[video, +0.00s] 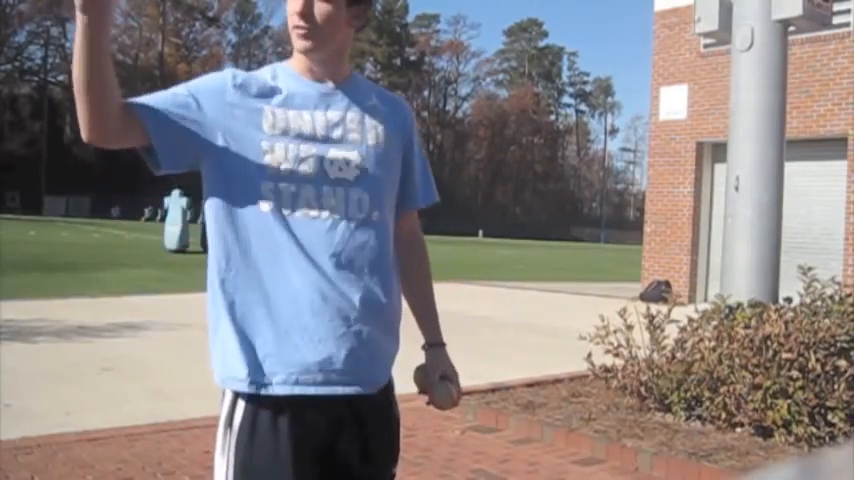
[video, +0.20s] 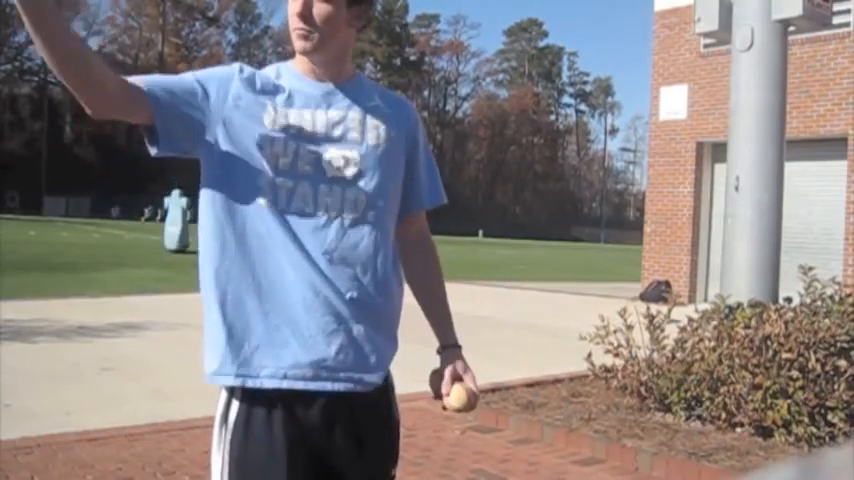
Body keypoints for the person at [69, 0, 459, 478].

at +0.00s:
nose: (302, 7)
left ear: (357, 13)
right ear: (285, 7)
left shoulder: (391, 115)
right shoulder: (228, 96)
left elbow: (407, 234)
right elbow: (103, 126)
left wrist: (434, 344)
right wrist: (91, 14)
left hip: (366, 394)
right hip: (265, 398)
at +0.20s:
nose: (301, 8)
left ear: (360, 15)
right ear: (286, 10)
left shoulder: (395, 115)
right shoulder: (230, 89)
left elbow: (414, 238)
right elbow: (105, 96)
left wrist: (450, 346)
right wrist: (36, 11)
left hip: (363, 395)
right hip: (262, 398)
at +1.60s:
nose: (314, 9)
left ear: (355, 13)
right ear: (280, 9)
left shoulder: (382, 113)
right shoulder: (248, 92)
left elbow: (402, 230)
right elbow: (171, 102)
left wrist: (439, 337)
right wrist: (94, 58)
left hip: (367, 383)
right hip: (272, 384)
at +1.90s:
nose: (314, 8)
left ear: (352, 13)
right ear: (280, 10)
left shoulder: (376, 109)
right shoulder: (249, 93)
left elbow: (395, 226)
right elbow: (183, 116)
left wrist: (433, 330)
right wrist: (118, 90)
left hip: (365, 384)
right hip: (275, 387)